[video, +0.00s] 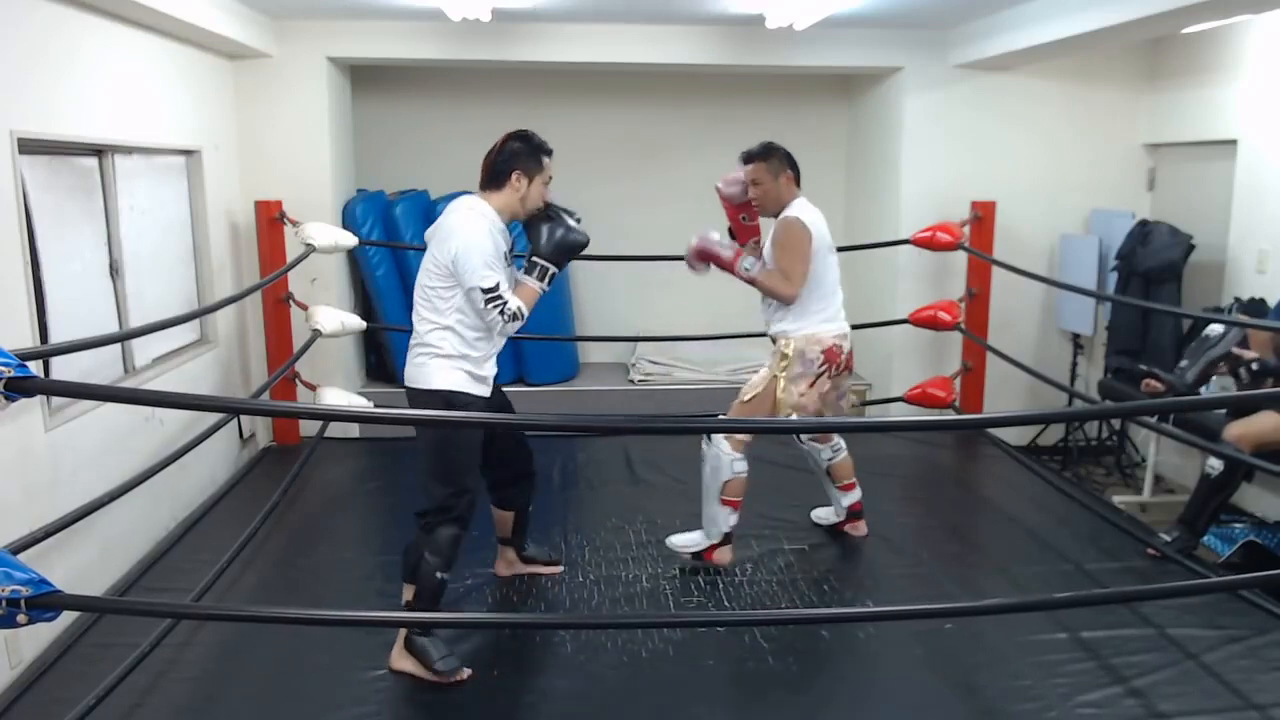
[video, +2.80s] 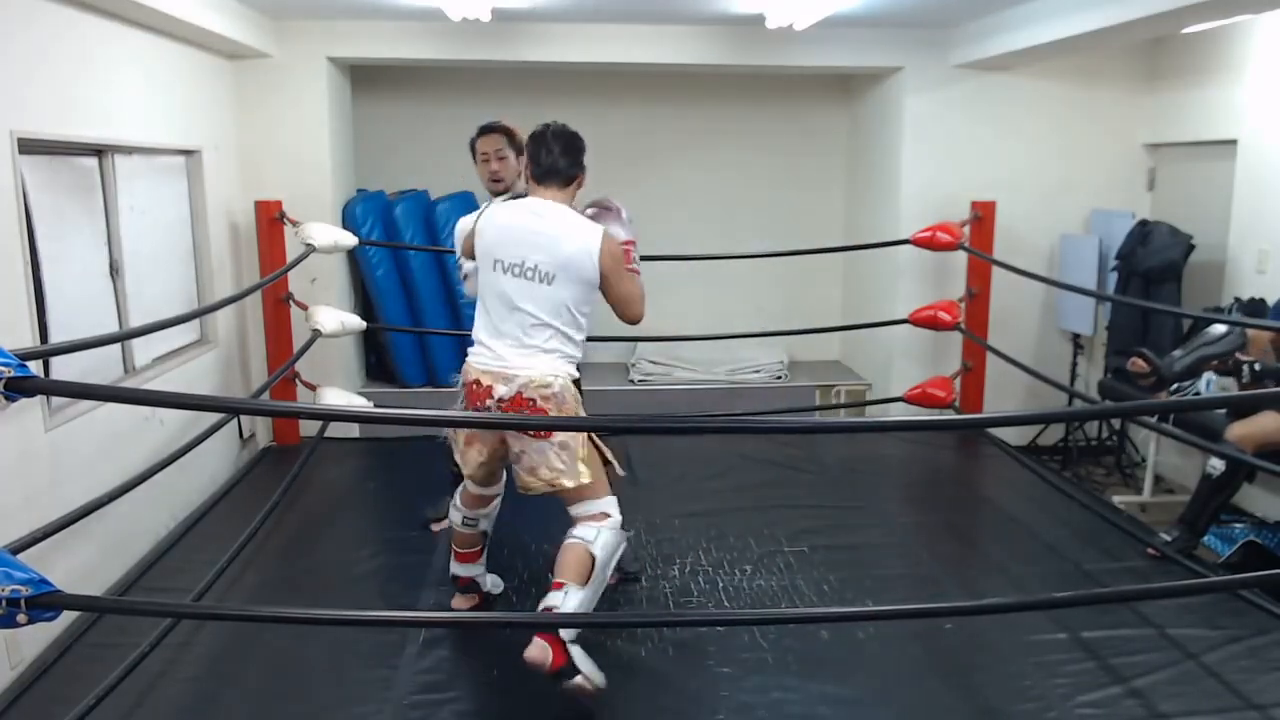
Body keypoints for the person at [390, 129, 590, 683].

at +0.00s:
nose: (547, 194)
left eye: (548, 183)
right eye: (545, 182)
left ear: (512, 178)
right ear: (518, 180)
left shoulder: (486, 223)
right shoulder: (471, 223)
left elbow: (501, 307)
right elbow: (505, 319)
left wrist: (540, 261)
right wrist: (544, 265)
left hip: (474, 377)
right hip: (444, 380)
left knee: (514, 465)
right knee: (451, 502)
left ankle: (510, 556)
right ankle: (410, 640)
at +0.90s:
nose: (520, 191)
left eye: (522, 181)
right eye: (512, 180)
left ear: (499, 183)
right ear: (479, 181)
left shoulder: (503, 231)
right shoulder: (436, 228)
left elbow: (517, 307)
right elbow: (444, 312)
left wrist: (536, 251)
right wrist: (489, 253)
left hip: (475, 369)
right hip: (425, 372)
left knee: (518, 464)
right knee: (397, 481)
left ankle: (515, 540)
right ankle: (355, 594)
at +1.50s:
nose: (460, 185)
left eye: (465, 175)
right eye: (449, 176)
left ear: (470, 179)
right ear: (423, 180)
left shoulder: (477, 223)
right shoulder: (392, 232)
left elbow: (504, 284)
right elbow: (396, 308)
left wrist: (500, 283)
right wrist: (414, 273)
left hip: (463, 355)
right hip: (405, 361)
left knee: (509, 441)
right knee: (384, 454)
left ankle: (516, 533)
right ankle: (362, 528)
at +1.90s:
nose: (485, 179)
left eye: (491, 171)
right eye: (475, 171)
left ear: (499, 175)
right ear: (453, 176)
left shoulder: (507, 220)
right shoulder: (428, 223)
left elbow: (521, 294)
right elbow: (453, 276)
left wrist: (515, 242)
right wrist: (488, 237)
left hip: (493, 353)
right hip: (433, 352)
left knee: (530, 443)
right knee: (398, 439)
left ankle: (565, 522)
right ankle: (366, 516)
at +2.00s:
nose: (486, 175)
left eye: (494, 164)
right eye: (476, 164)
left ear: (503, 168)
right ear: (456, 167)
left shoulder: (512, 215)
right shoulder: (434, 212)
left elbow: (533, 288)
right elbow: (461, 251)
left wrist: (519, 245)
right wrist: (518, 232)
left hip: (503, 349)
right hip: (445, 347)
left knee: (540, 428)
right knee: (409, 428)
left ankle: (555, 508)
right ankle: (413, 490)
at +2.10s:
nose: (486, 174)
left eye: (493, 163)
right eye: (476, 164)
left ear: (502, 166)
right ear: (457, 168)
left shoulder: (516, 216)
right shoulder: (435, 215)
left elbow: (534, 279)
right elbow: (448, 281)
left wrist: (520, 247)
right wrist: (506, 278)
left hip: (507, 346)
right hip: (449, 348)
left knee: (539, 431)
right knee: (427, 442)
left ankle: (560, 511)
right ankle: (462, 498)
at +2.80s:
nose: (492, 168)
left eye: (501, 157)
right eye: (483, 160)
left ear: (523, 160)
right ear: (475, 167)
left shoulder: (548, 213)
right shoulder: (475, 222)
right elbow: (471, 285)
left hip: (542, 342)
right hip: (492, 339)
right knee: (475, 416)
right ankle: (466, 499)